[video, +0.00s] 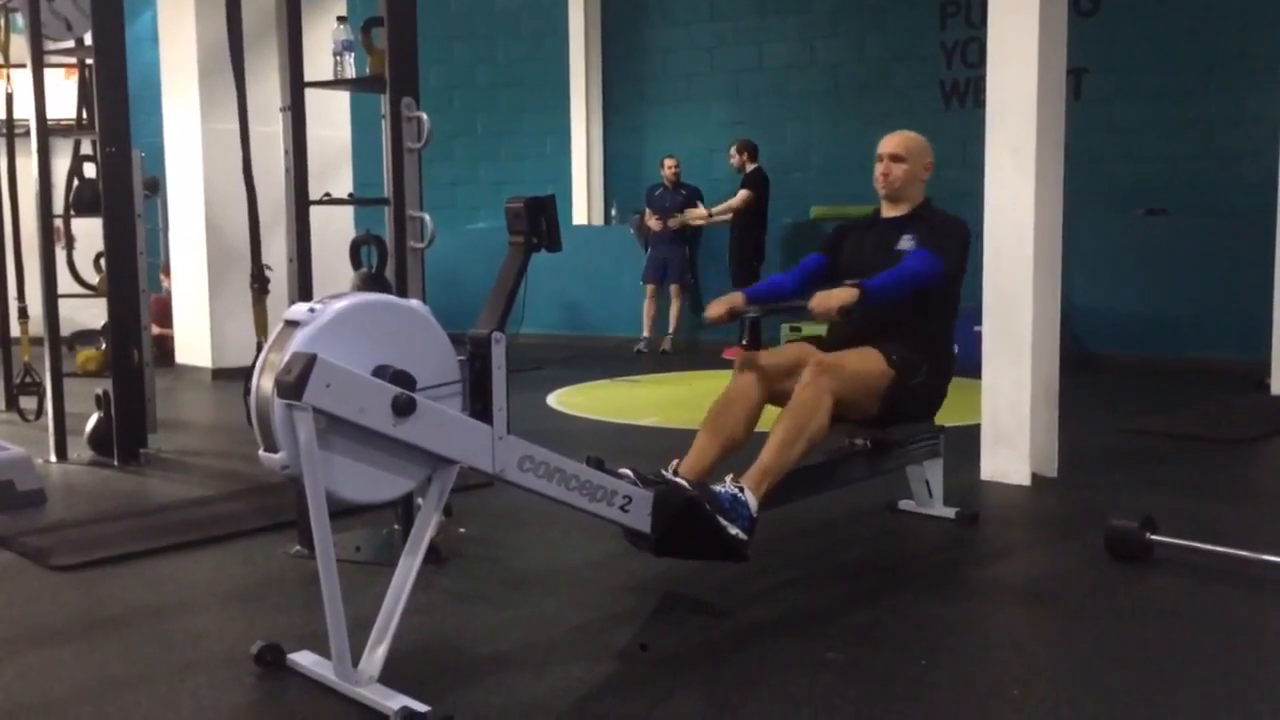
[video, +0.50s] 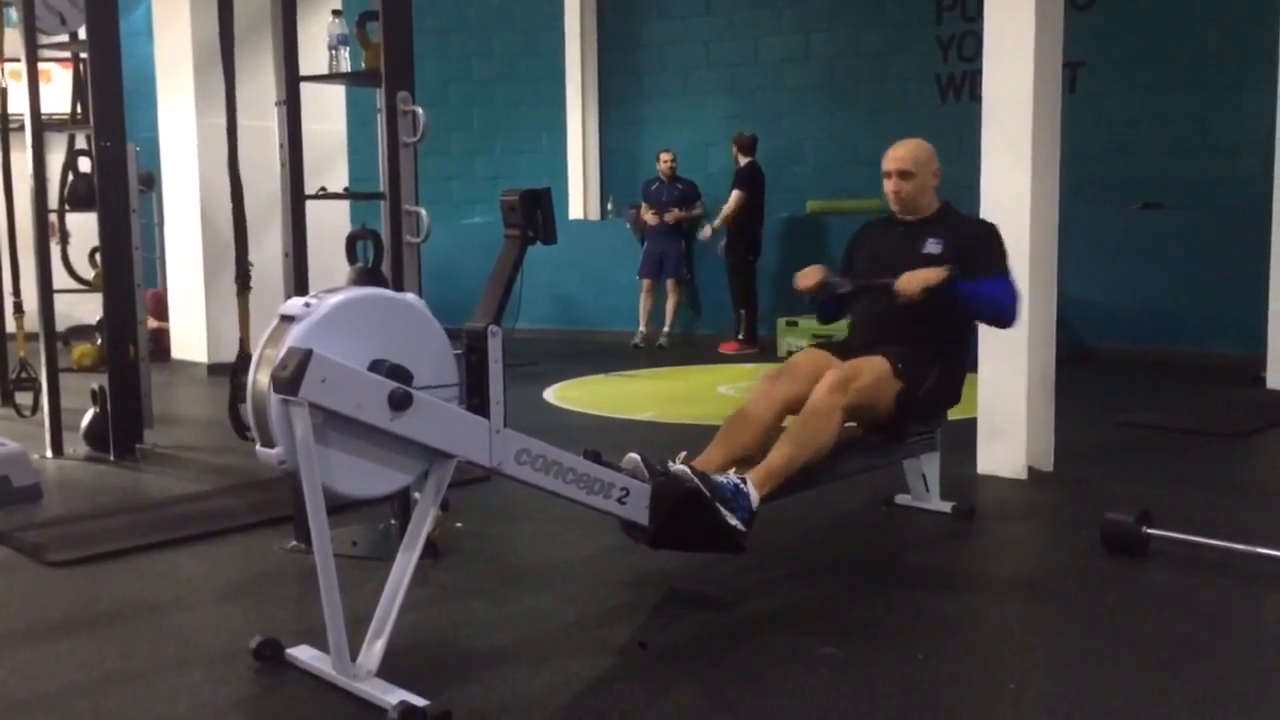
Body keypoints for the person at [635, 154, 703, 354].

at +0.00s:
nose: (674, 171)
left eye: (676, 167)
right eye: (670, 168)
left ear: (680, 169)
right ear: (662, 171)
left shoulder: (691, 192)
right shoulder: (652, 192)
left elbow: (700, 216)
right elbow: (647, 217)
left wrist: (682, 220)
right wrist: (651, 222)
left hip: (678, 248)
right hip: (657, 247)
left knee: (675, 291)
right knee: (650, 291)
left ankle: (670, 336)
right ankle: (646, 336)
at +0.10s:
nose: (673, 170)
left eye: (675, 166)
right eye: (669, 167)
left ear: (679, 168)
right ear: (661, 170)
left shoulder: (690, 191)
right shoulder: (652, 191)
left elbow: (700, 213)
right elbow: (646, 216)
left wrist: (682, 219)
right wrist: (650, 221)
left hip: (677, 247)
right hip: (656, 246)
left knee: (674, 291)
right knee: (650, 290)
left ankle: (669, 336)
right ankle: (645, 334)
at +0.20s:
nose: (672, 169)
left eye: (674, 165)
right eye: (668, 166)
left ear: (678, 167)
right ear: (660, 168)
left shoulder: (689, 190)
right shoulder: (651, 190)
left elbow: (699, 212)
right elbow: (645, 215)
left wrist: (681, 218)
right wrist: (649, 220)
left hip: (677, 246)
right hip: (655, 245)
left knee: (674, 289)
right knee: (649, 288)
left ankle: (668, 335)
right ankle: (644, 333)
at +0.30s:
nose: (672, 167)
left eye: (674, 164)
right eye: (667, 164)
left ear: (678, 166)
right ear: (660, 167)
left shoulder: (689, 189)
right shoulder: (651, 189)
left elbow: (700, 211)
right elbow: (645, 213)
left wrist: (683, 217)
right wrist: (649, 219)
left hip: (676, 244)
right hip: (655, 244)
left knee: (673, 288)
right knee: (649, 287)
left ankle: (668, 333)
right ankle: (643, 332)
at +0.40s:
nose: (670, 165)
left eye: (672, 161)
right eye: (666, 162)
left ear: (676, 164)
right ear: (658, 165)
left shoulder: (688, 186)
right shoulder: (649, 186)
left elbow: (696, 214)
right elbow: (644, 211)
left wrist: (681, 216)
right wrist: (648, 217)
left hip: (675, 242)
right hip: (653, 242)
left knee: (671, 285)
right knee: (647, 285)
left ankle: (666, 331)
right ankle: (642, 329)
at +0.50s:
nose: (669, 165)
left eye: (672, 161)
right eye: (665, 161)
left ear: (676, 163)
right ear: (658, 164)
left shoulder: (688, 186)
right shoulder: (649, 186)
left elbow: (699, 210)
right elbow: (643, 210)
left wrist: (681, 215)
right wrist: (647, 216)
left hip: (675, 242)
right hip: (653, 242)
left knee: (672, 285)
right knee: (647, 285)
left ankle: (666, 331)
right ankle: (642, 329)